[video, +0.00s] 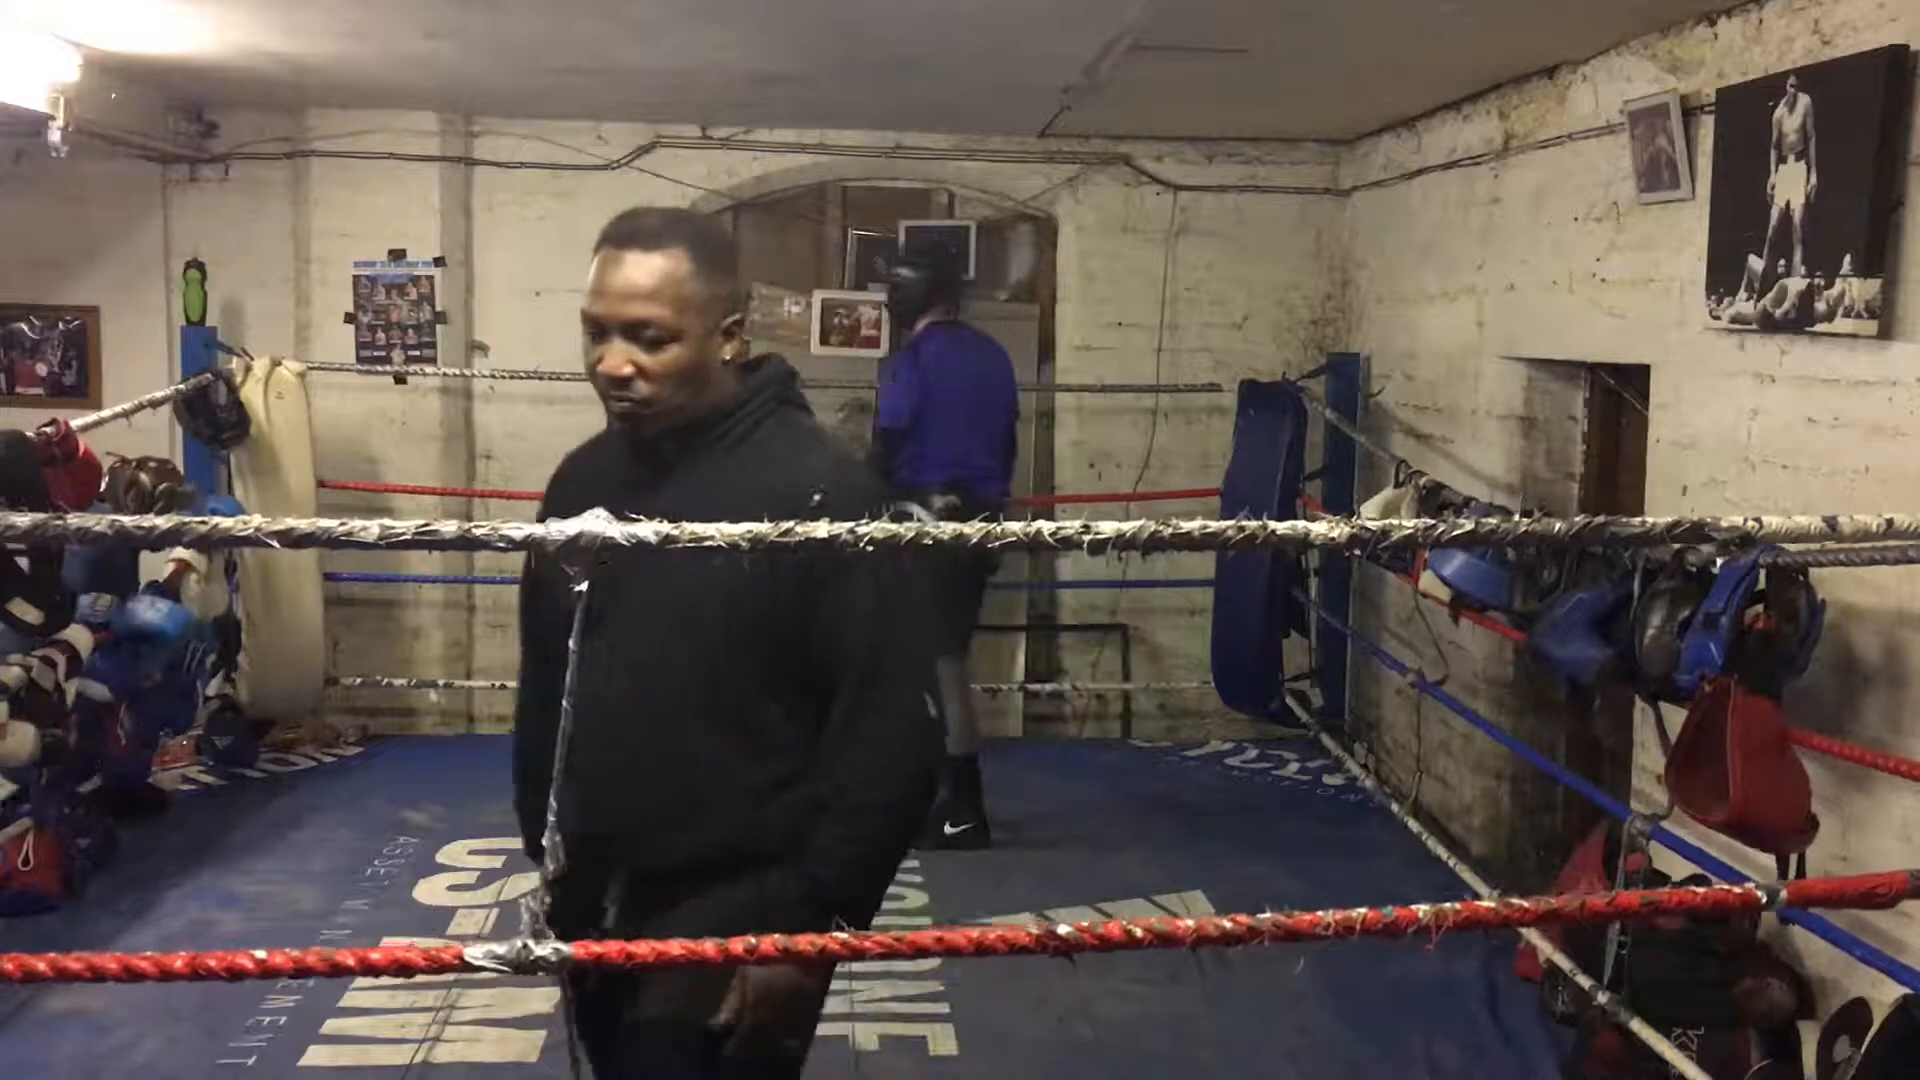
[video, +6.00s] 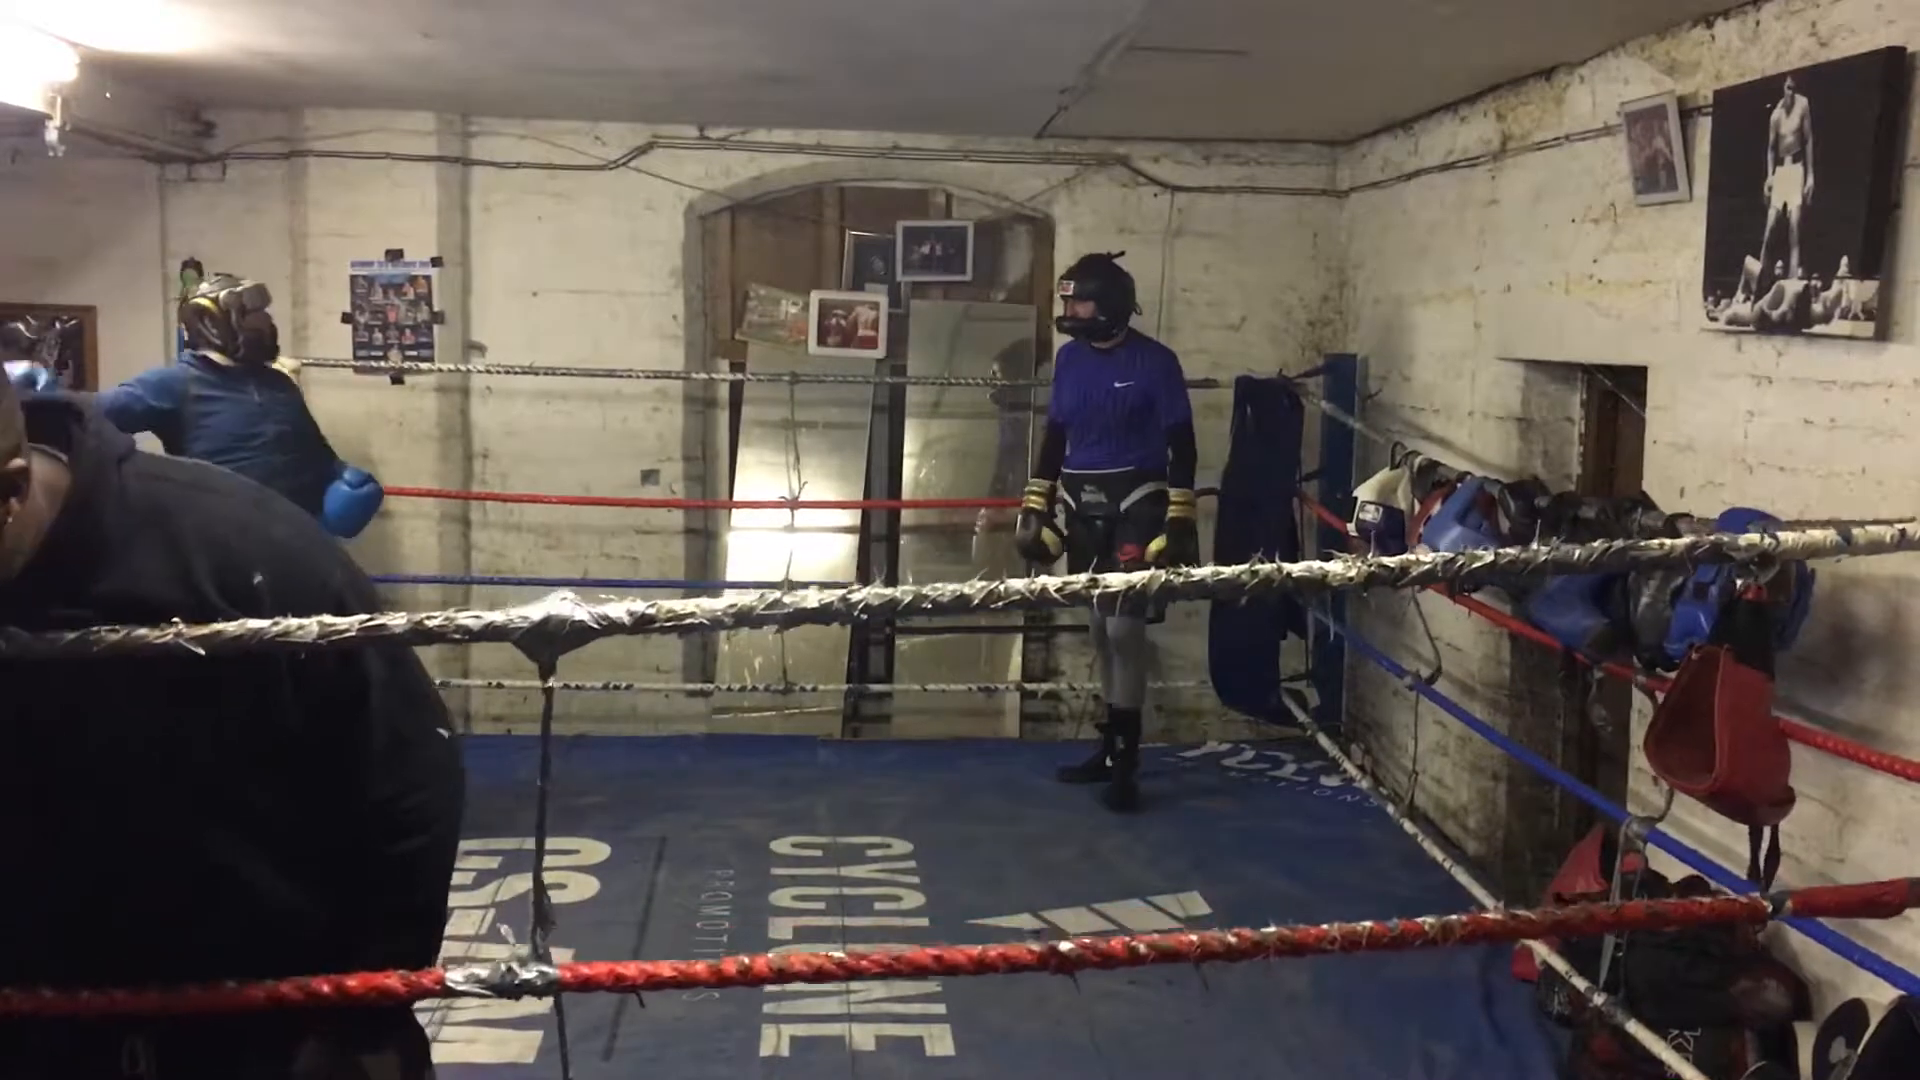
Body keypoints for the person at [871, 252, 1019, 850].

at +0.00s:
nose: (890, 307)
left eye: (895, 297)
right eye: (892, 295)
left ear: (913, 303)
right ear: (951, 300)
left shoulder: (911, 359)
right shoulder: (993, 355)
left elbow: (891, 434)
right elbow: (1006, 440)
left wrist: (873, 484)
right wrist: (992, 494)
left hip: (925, 511)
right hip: (984, 512)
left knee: (944, 659)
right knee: (946, 655)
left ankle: (965, 808)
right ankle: (947, 796)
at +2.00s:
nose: (885, 304)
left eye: (879, 296)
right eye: (883, 297)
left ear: (824, 301)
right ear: (874, 303)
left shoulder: (790, 359)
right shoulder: (875, 359)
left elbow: (776, 437)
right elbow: (900, 436)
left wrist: (781, 495)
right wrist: (926, 498)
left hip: (807, 508)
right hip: (865, 513)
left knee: (784, 632)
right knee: (854, 640)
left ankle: (737, 767)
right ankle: (843, 773)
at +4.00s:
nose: (1143, 301)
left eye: (1153, 291)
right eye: (1131, 291)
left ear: (1164, 300)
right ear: (1108, 297)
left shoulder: (1145, 364)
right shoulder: (1081, 359)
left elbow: (1140, 441)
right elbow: (1066, 439)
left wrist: (1150, 502)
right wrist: (1093, 504)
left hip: (1138, 507)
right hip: (1091, 509)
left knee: (1156, 633)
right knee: (1092, 628)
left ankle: (1101, 722)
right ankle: (1089, 757)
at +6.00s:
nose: (1070, 310)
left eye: (1081, 300)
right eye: (1067, 299)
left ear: (1111, 305)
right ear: (1070, 304)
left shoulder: (1155, 361)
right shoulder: (1069, 358)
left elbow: (1182, 444)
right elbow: (1055, 433)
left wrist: (1180, 519)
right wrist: (1036, 503)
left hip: (1140, 503)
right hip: (1084, 505)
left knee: (1124, 629)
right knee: (1098, 628)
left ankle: (1127, 764)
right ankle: (1111, 747)